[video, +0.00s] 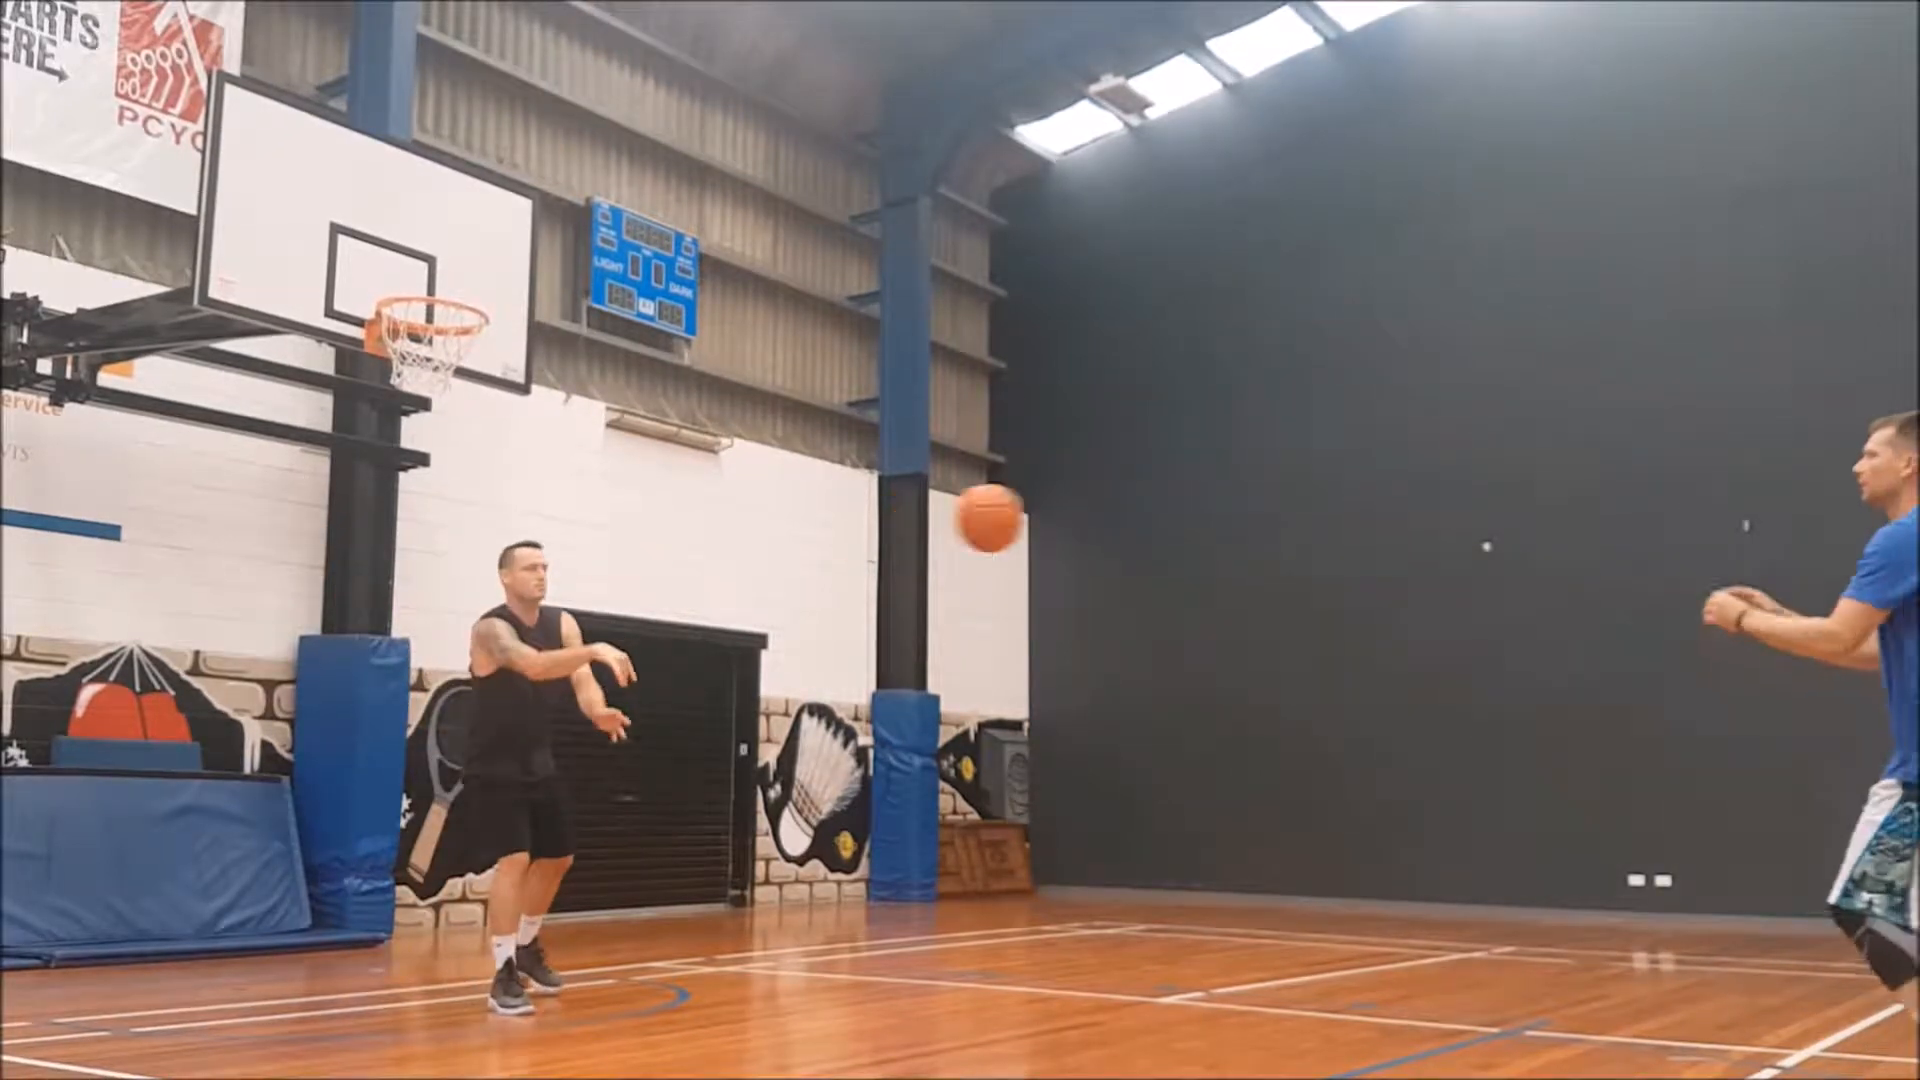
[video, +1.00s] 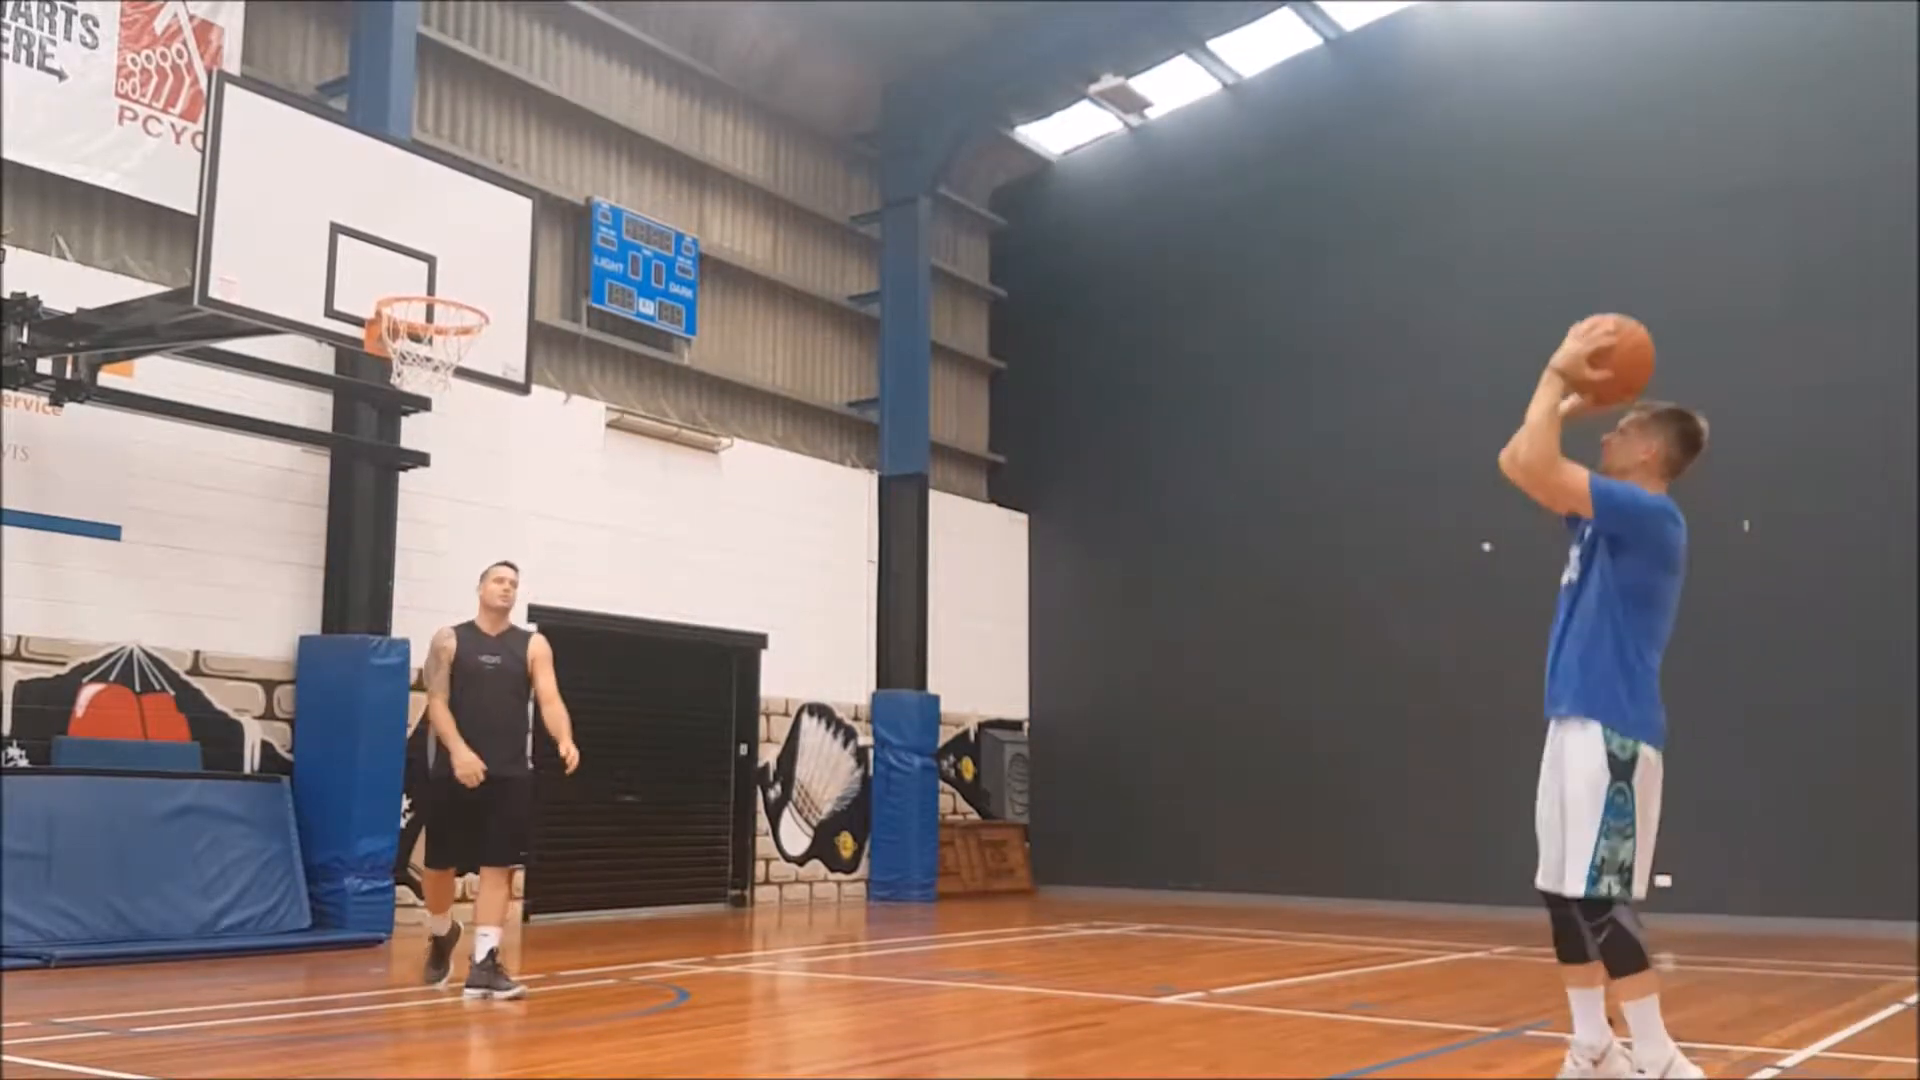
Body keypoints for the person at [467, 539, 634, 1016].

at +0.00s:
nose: (541, 576)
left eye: (543, 569)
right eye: (530, 569)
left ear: (547, 575)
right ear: (505, 578)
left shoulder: (563, 624)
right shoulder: (491, 629)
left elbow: (582, 678)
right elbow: (533, 666)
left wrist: (598, 711)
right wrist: (593, 652)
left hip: (539, 767)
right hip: (495, 769)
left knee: (557, 855)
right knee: (514, 857)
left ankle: (524, 946)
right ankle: (504, 974)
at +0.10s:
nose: (541, 573)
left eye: (543, 566)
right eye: (530, 566)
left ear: (546, 574)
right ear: (505, 575)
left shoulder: (561, 624)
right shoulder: (490, 628)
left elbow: (580, 688)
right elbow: (517, 689)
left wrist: (596, 739)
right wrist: (583, 699)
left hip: (542, 765)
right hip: (497, 767)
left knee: (553, 858)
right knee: (514, 856)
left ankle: (501, 937)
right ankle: (506, 971)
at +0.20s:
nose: (541, 573)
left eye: (543, 566)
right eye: (531, 566)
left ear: (545, 575)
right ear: (504, 574)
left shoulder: (558, 626)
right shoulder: (488, 631)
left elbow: (570, 696)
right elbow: (494, 709)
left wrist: (586, 759)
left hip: (545, 764)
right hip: (500, 765)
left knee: (541, 867)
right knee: (515, 860)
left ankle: (494, 950)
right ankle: (506, 972)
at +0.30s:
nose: (539, 576)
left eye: (542, 569)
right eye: (529, 569)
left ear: (546, 578)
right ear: (504, 577)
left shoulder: (556, 632)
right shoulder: (486, 635)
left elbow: (562, 703)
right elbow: (470, 710)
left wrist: (571, 766)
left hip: (539, 770)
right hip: (497, 769)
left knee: (522, 866)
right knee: (516, 859)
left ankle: (487, 960)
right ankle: (506, 972)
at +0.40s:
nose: (539, 578)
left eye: (543, 572)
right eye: (530, 571)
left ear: (546, 581)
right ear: (505, 579)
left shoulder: (556, 636)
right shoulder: (479, 636)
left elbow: (558, 705)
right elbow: (441, 702)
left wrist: (560, 768)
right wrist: (413, 767)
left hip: (531, 770)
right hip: (485, 768)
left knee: (510, 864)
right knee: (507, 861)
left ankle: (483, 962)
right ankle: (503, 969)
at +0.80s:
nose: (522, 581)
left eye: (528, 577)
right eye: (514, 574)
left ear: (533, 588)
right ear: (493, 582)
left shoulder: (546, 642)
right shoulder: (460, 633)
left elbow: (559, 707)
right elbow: (424, 691)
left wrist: (571, 765)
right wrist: (396, 747)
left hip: (523, 774)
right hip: (466, 772)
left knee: (503, 866)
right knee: (452, 862)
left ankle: (484, 965)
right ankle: (435, 942)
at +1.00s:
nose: (505, 588)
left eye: (512, 584)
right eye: (498, 581)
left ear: (517, 595)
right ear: (479, 589)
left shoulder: (534, 644)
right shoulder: (449, 640)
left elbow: (550, 699)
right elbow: (436, 703)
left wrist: (564, 737)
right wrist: (459, 750)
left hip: (511, 774)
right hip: (453, 770)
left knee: (498, 867)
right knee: (439, 863)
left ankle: (485, 963)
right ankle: (441, 934)